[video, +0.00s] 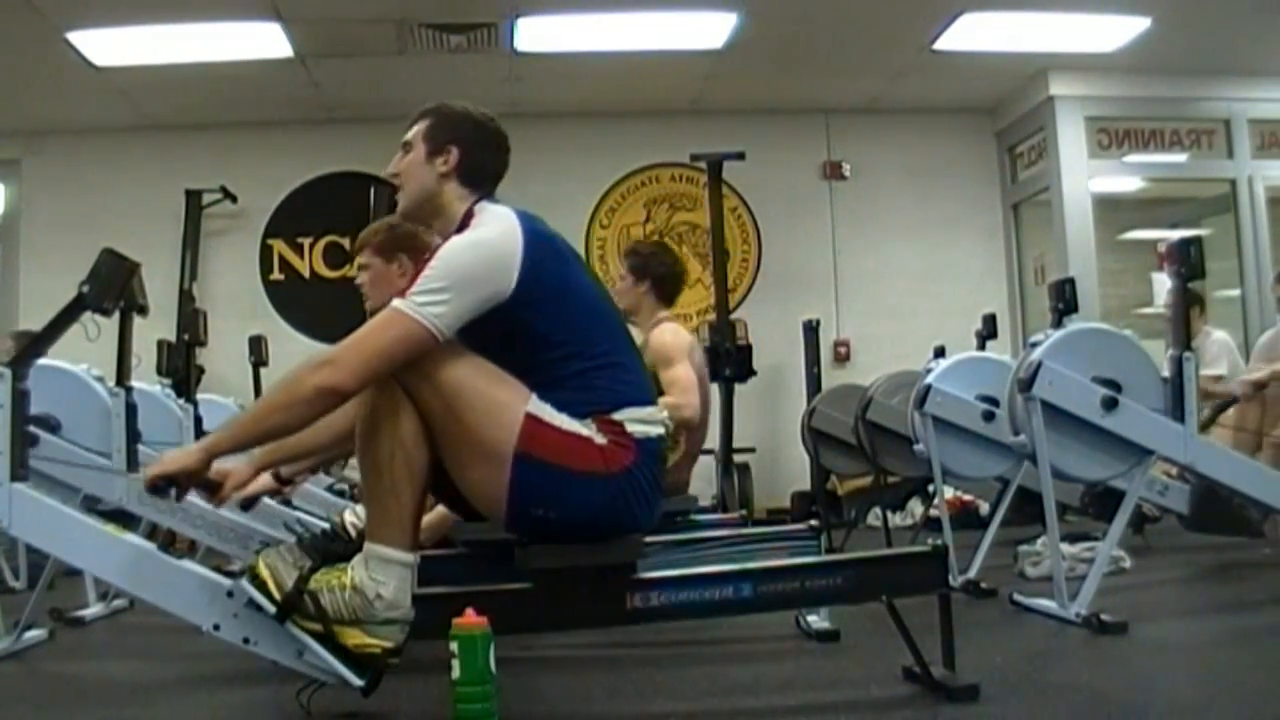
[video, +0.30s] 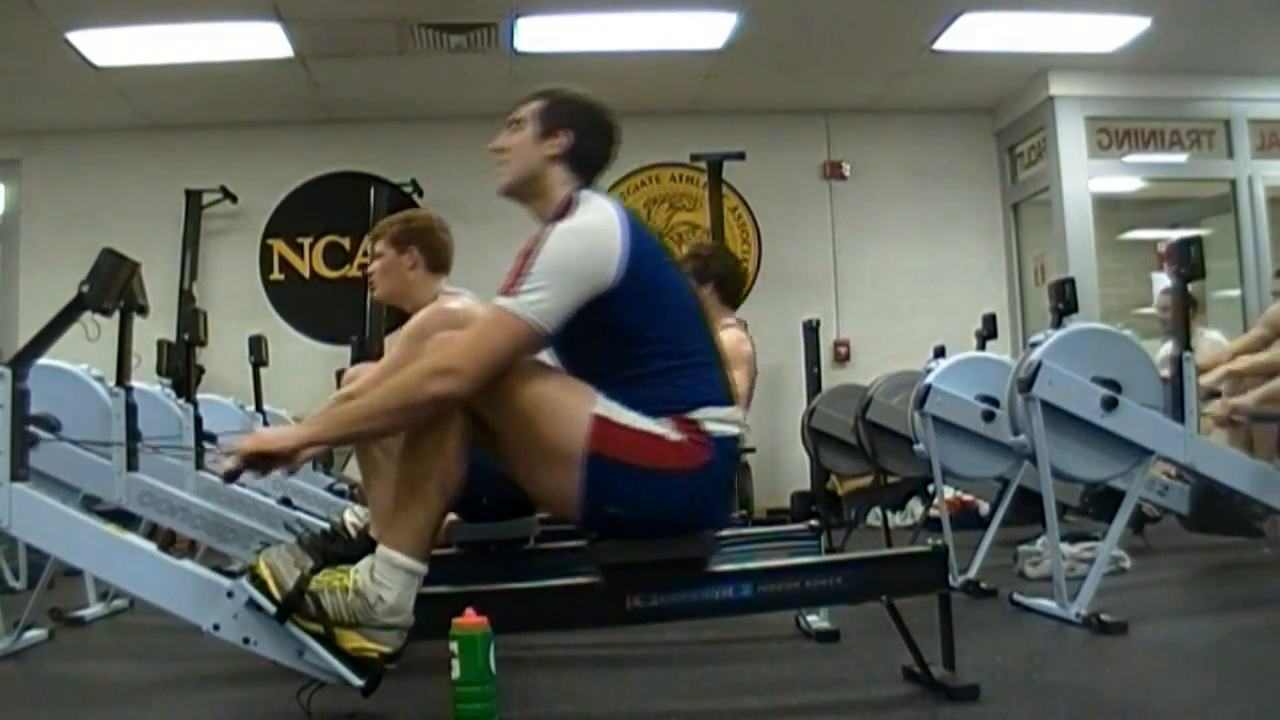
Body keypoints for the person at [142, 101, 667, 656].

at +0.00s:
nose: (392, 172)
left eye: (405, 154)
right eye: (398, 155)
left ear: (447, 162)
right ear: (454, 168)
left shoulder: (489, 241)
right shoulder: (479, 244)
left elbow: (336, 379)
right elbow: (370, 401)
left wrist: (205, 448)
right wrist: (261, 466)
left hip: (604, 471)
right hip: (581, 464)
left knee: (403, 361)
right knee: (398, 364)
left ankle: (381, 591)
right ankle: (378, 572)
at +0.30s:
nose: (495, 143)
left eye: (515, 128)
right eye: (502, 129)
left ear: (559, 143)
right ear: (551, 148)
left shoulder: (591, 227)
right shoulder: (549, 243)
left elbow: (457, 378)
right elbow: (443, 361)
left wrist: (304, 435)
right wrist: (308, 433)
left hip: (679, 467)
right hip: (633, 460)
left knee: (449, 343)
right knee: (434, 328)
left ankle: (390, 594)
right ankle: (380, 571)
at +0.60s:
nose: (636, 134)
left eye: (654, 117)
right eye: (641, 120)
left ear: (700, 131)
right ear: (690, 135)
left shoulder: (738, 219)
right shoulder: (702, 227)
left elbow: (594, 348)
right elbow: (591, 345)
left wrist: (441, 389)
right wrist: (446, 394)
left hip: (797, 448)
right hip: (754, 440)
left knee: (542, 414)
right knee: (527, 418)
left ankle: (388, 609)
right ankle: (386, 598)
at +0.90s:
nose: (765, 132)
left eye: (779, 116)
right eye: (769, 118)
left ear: (828, 123)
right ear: (820, 129)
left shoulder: (869, 209)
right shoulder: (822, 226)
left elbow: (732, 333)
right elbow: (719, 332)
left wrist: (576, 369)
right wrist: (581, 376)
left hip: (877, 446)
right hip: (836, 440)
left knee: (617, 487)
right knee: (605, 486)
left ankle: (400, 608)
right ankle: (395, 599)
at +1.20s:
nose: (838, 137)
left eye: (850, 119)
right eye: (839, 122)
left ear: (900, 124)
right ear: (887, 127)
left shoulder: (933, 204)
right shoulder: (882, 221)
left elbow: (883, 347)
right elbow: (816, 342)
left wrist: (721, 355)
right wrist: (700, 354)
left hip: (886, 437)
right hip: (847, 432)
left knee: (635, 536)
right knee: (623, 530)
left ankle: (397, 610)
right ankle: (401, 604)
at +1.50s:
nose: (829, 141)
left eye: (843, 121)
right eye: (831, 127)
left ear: (894, 123)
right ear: (888, 132)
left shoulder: (932, 201)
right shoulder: (888, 221)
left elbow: (1017, 329)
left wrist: (861, 343)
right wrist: (824, 340)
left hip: (889, 443)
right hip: (850, 435)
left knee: (646, 521)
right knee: (622, 508)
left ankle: (404, 610)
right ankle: (396, 595)